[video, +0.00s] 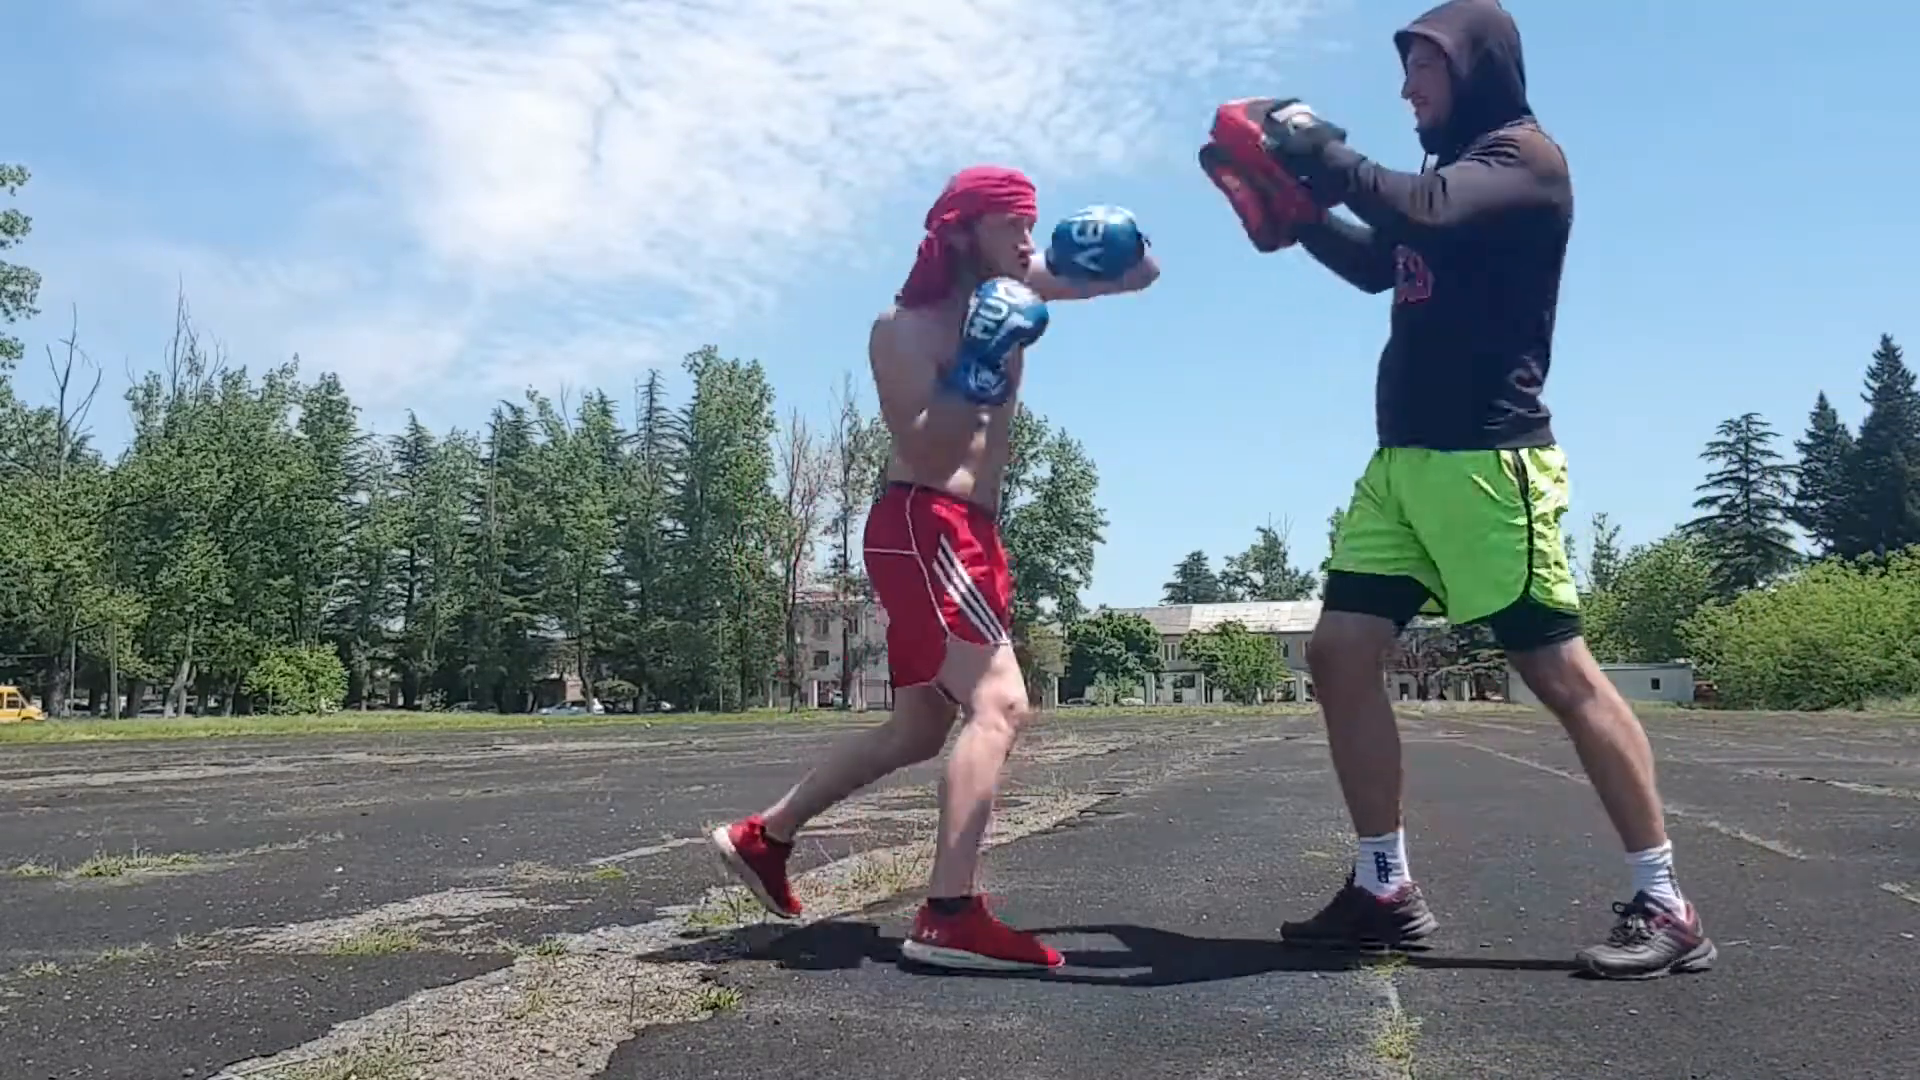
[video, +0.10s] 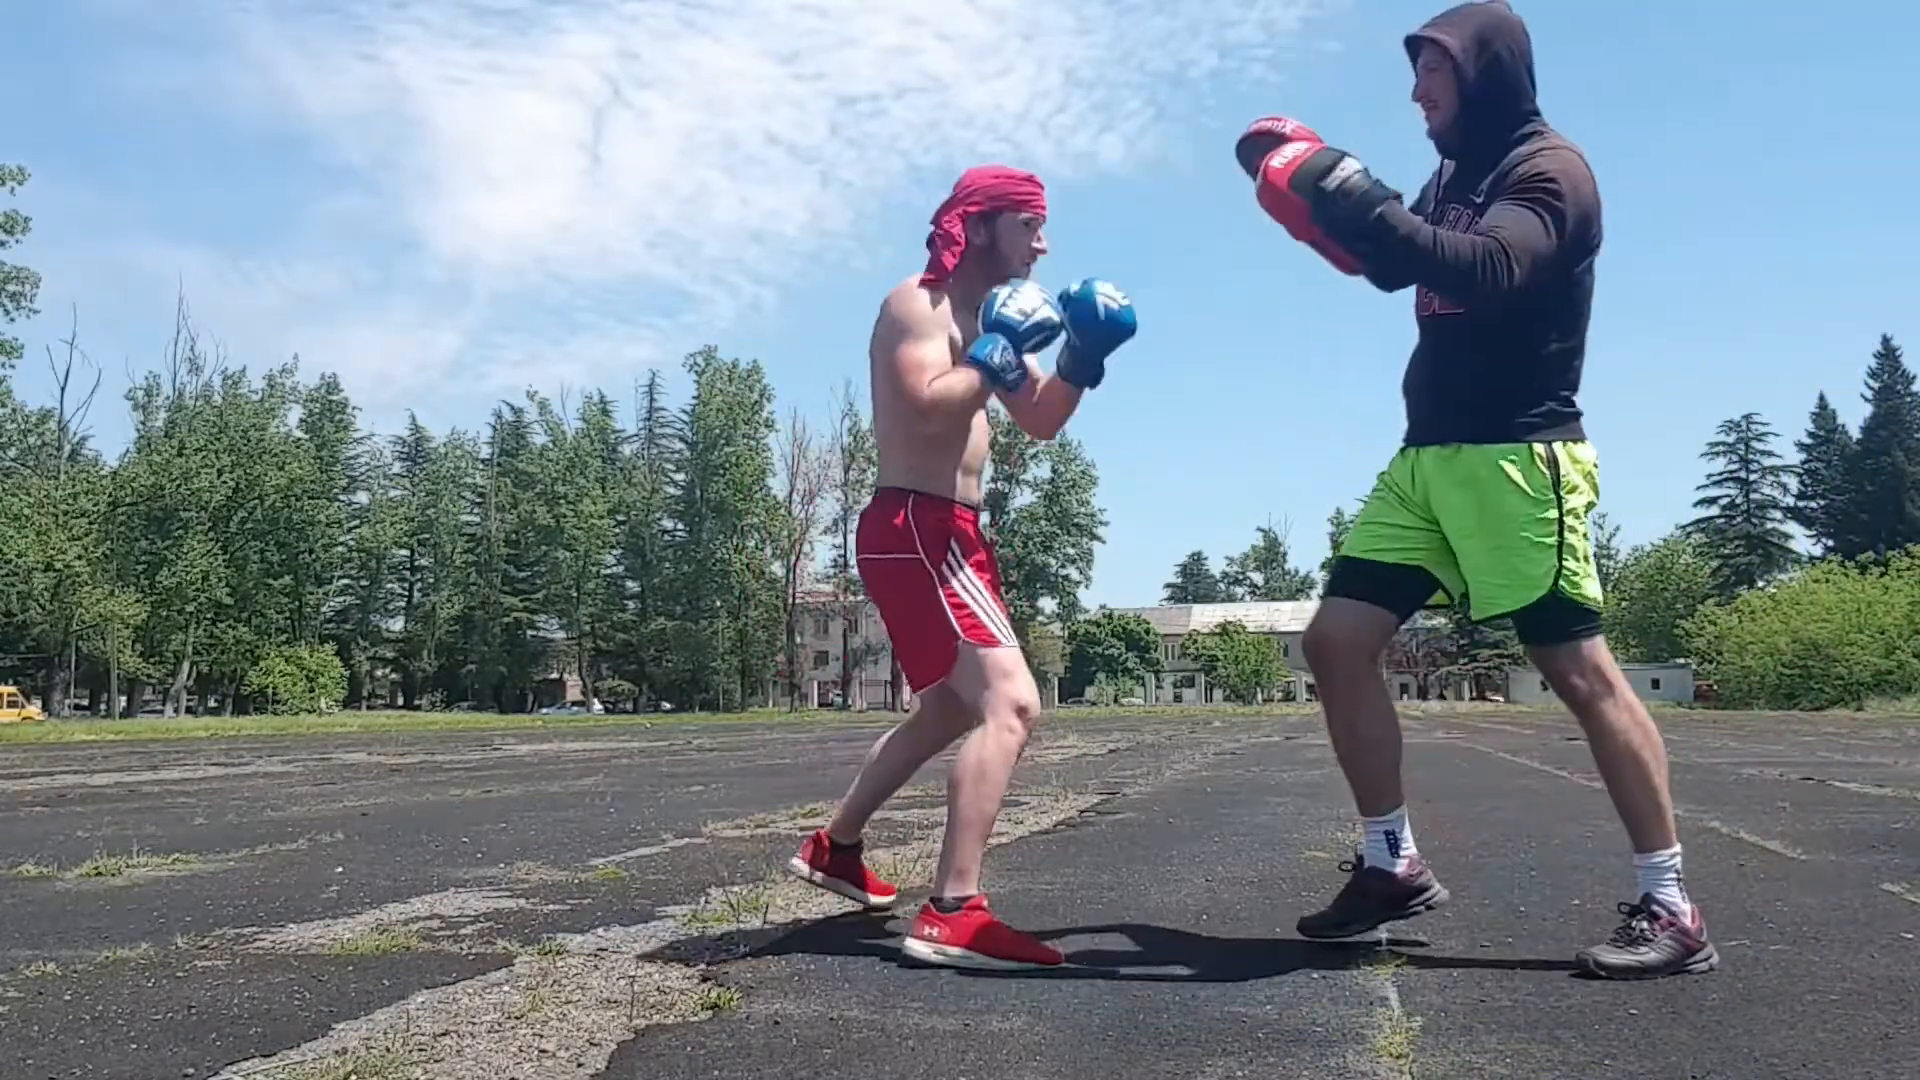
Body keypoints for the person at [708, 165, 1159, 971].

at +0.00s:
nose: (1028, 243)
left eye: (1027, 228)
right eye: (1014, 227)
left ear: (999, 237)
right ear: (963, 232)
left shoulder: (1007, 296)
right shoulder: (902, 330)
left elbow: (1137, 276)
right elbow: (921, 448)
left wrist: (1122, 250)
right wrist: (983, 362)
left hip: (971, 530)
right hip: (921, 525)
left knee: (915, 730)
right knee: (999, 702)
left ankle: (767, 833)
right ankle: (951, 909)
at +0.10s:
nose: (1042, 240)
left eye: (1041, 225)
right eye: (1028, 224)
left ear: (1001, 237)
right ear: (978, 229)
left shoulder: (987, 320)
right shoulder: (916, 304)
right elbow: (930, 402)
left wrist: (1085, 357)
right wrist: (999, 351)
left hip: (953, 534)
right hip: (916, 532)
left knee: (948, 709)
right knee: (1009, 704)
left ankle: (835, 843)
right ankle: (952, 907)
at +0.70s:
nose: (1031, 253)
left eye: (1030, 238)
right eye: (1022, 238)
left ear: (951, 243)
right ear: (985, 236)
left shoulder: (894, 319)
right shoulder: (971, 280)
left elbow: (938, 415)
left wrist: (998, 386)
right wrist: (1059, 309)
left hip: (867, 525)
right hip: (943, 515)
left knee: (866, 712)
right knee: (1067, 684)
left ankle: (785, 874)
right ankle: (1050, 873)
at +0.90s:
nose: (1068, 235)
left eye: (1066, 222)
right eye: (1064, 221)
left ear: (983, 222)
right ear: (1039, 218)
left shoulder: (921, 301)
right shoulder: (1045, 262)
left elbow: (942, 417)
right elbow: (1135, 312)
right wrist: (1162, 268)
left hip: (914, 505)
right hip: (1012, 494)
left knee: (904, 706)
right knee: (1147, 681)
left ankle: (863, 881)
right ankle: (1130, 838)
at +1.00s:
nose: (1069, 239)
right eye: (1064, 227)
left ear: (981, 234)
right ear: (1055, 232)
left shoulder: (934, 319)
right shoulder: (1089, 265)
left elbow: (936, 456)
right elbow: (1219, 250)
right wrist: (1230, 196)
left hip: (960, 521)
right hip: (1071, 510)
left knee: (924, 719)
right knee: (1168, 711)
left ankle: (867, 895)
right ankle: (1233, 899)